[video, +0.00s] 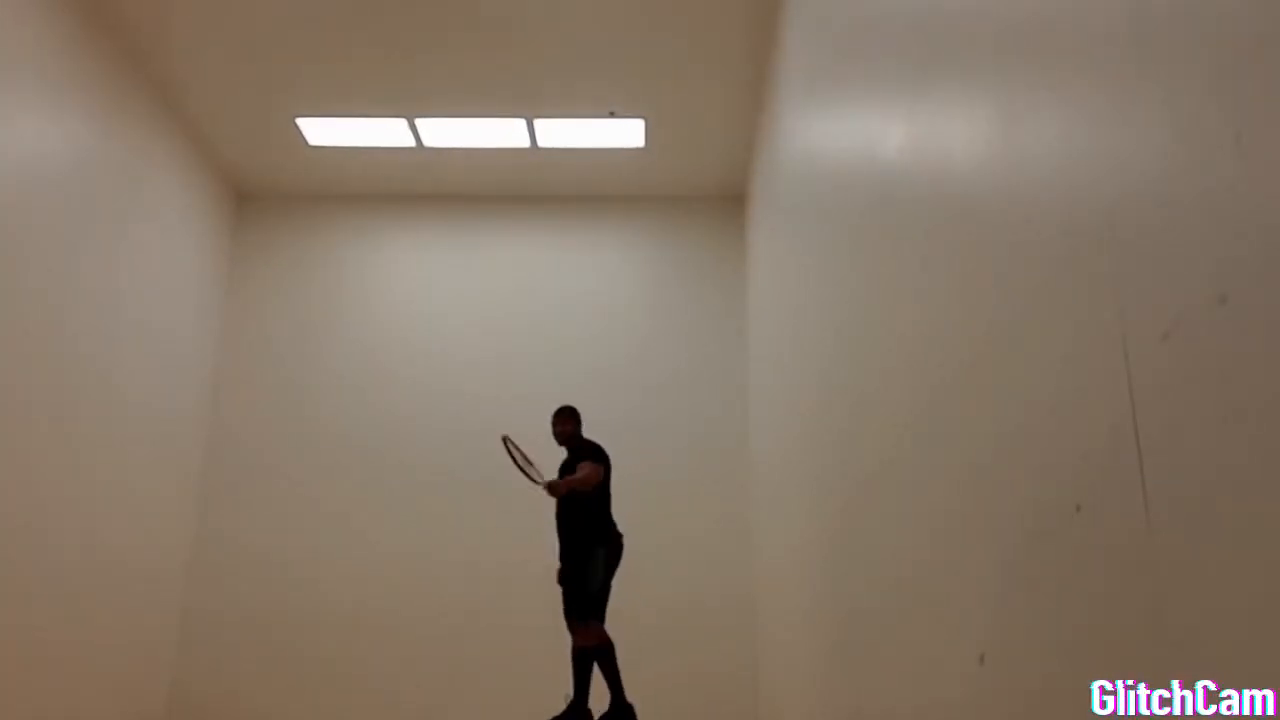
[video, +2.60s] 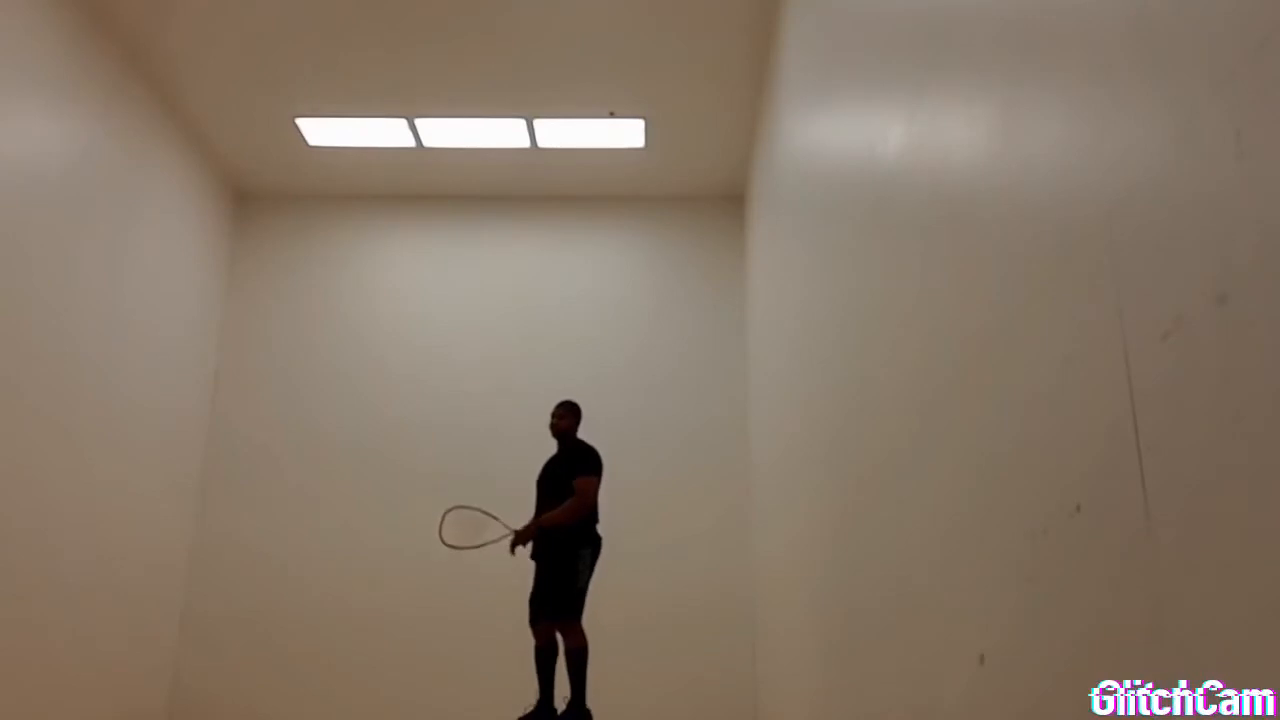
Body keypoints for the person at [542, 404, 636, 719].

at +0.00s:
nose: (561, 431)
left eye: (566, 425)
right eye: (556, 426)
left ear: (578, 425)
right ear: (553, 430)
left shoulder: (592, 453)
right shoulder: (565, 467)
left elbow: (590, 477)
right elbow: (569, 521)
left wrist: (564, 485)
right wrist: (565, 563)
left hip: (600, 546)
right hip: (577, 550)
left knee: (591, 624)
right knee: (578, 625)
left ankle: (620, 702)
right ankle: (579, 704)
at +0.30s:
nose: (569, 435)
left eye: (575, 430)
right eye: (567, 431)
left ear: (589, 431)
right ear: (567, 434)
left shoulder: (601, 458)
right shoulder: (582, 469)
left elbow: (599, 493)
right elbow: (579, 522)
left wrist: (568, 511)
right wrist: (543, 541)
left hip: (602, 553)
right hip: (588, 555)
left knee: (587, 627)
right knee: (593, 628)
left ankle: (579, 705)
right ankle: (621, 705)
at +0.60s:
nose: (576, 441)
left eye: (581, 435)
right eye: (576, 436)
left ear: (598, 434)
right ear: (591, 437)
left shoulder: (609, 465)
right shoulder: (598, 467)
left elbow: (608, 514)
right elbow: (585, 516)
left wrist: (600, 550)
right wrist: (547, 518)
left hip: (603, 557)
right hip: (606, 558)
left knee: (584, 627)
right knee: (603, 629)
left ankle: (579, 705)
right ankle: (623, 706)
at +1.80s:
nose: (558, 432)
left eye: (564, 427)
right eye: (557, 427)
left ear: (579, 428)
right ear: (561, 430)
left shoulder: (587, 456)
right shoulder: (576, 459)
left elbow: (587, 502)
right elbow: (576, 507)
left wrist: (559, 538)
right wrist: (559, 545)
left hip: (587, 549)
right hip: (582, 549)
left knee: (571, 624)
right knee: (585, 624)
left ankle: (575, 705)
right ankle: (618, 702)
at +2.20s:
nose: (557, 424)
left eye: (564, 420)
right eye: (557, 419)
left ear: (579, 423)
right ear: (561, 424)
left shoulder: (583, 455)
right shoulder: (571, 456)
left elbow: (571, 499)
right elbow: (566, 503)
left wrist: (533, 519)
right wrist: (534, 519)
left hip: (579, 552)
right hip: (568, 552)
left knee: (564, 621)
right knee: (547, 618)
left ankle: (580, 698)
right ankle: (580, 694)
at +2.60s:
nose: (555, 422)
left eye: (562, 417)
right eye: (553, 417)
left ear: (576, 423)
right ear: (551, 423)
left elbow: (584, 504)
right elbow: (549, 509)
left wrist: (536, 525)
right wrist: (529, 535)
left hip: (577, 548)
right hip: (551, 550)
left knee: (568, 621)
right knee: (541, 621)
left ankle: (578, 704)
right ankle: (545, 703)